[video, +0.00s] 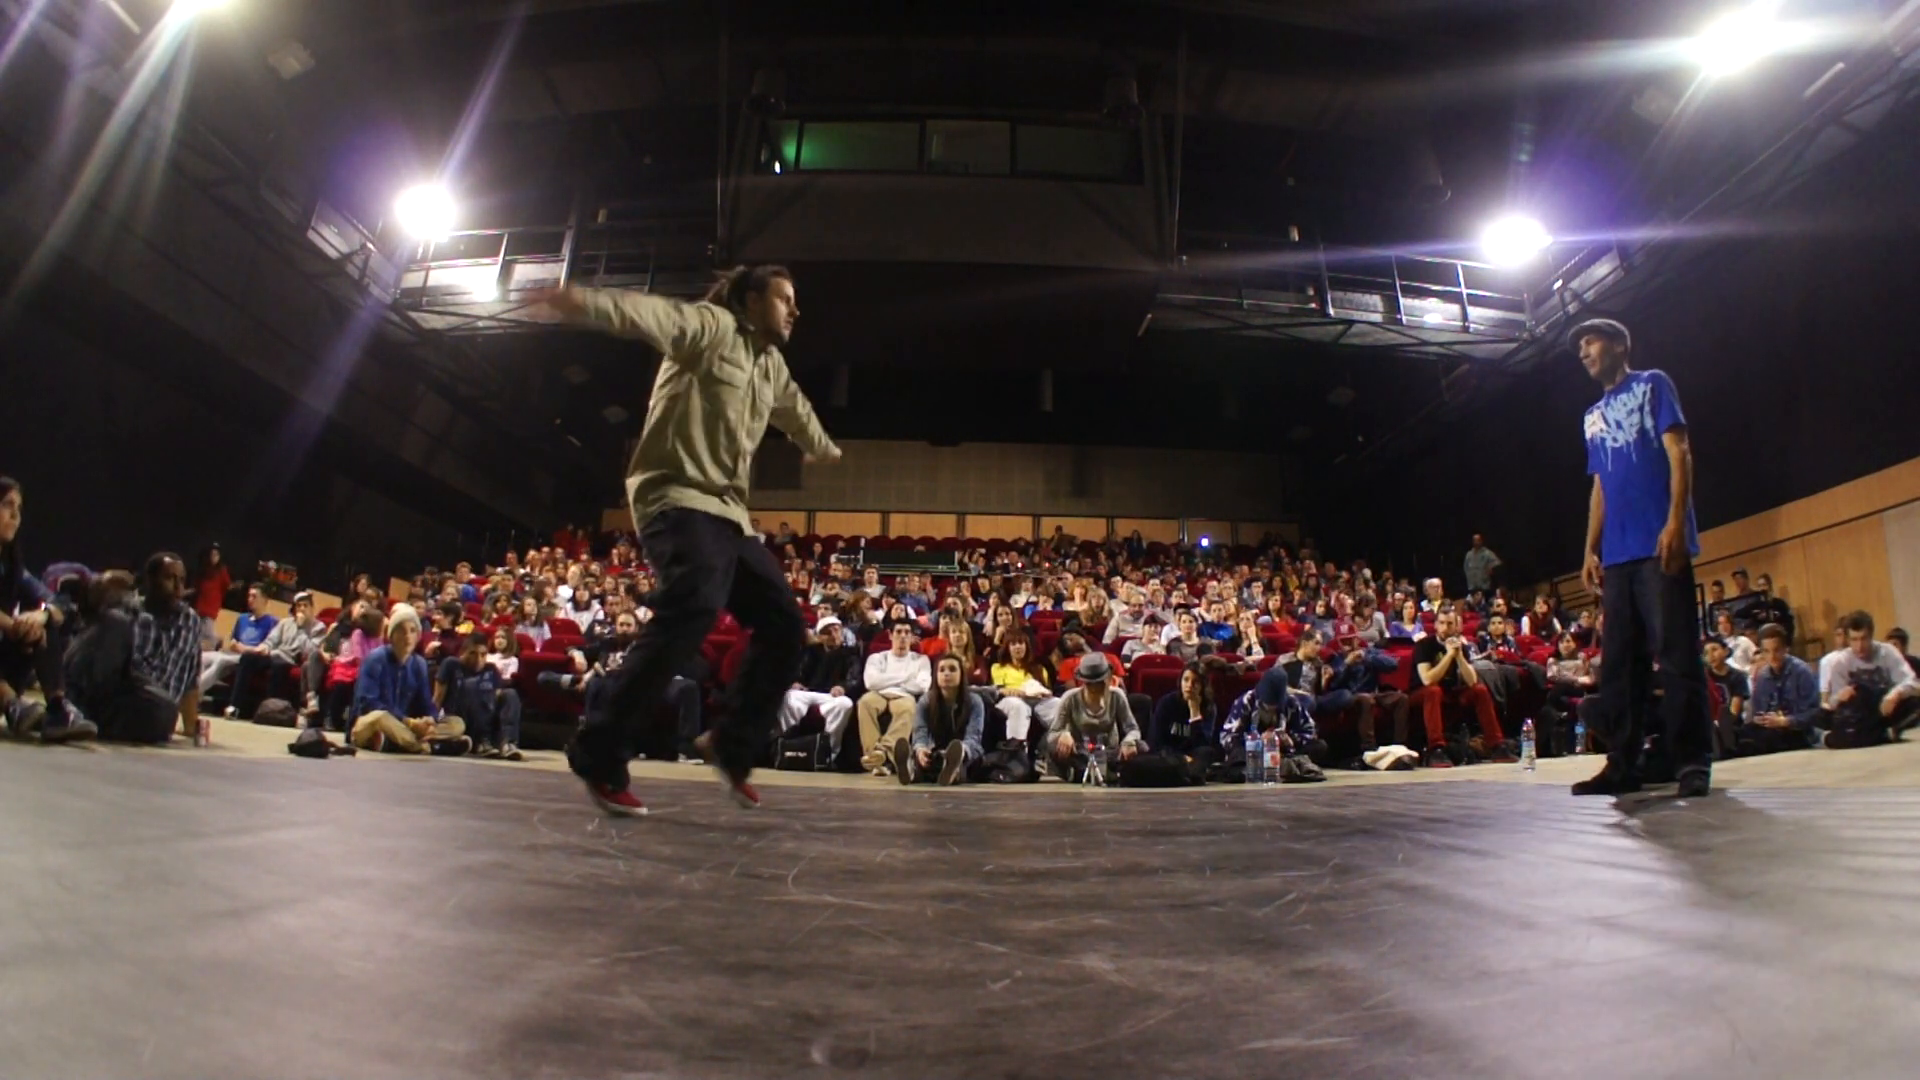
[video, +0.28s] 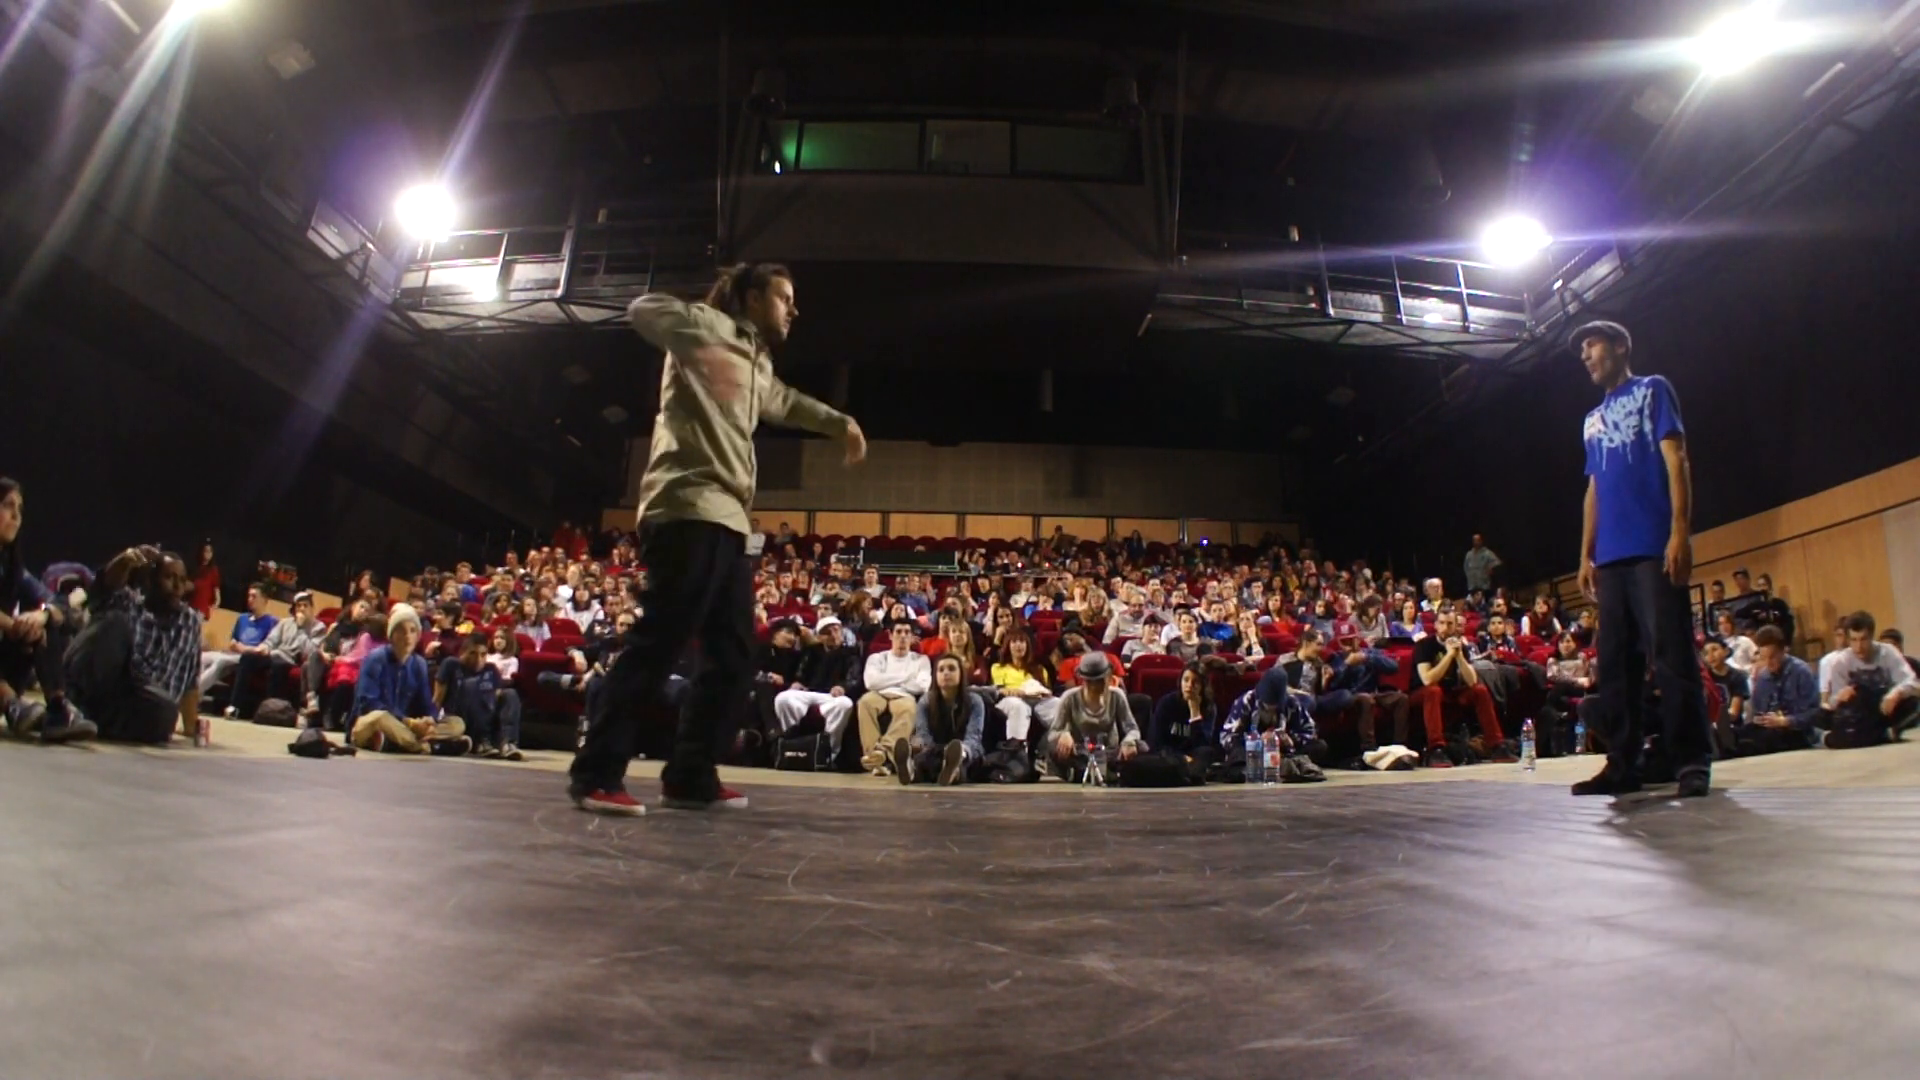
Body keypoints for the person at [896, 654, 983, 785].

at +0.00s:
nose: (947, 674)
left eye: (952, 669)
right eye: (942, 670)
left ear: (961, 674)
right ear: (936, 674)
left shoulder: (974, 701)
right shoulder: (925, 701)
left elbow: (974, 738)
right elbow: (920, 730)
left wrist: (962, 751)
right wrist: (920, 747)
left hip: (962, 751)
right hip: (934, 750)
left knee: (955, 762)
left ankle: (949, 773)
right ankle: (911, 768)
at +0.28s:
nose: (946, 673)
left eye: (951, 669)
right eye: (941, 670)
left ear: (961, 674)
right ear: (935, 675)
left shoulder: (974, 701)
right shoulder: (925, 702)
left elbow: (974, 737)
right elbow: (922, 735)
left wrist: (962, 751)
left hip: (963, 749)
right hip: (935, 749)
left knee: (956, 762)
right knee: (927, 759)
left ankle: (949, 773)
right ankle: (912, 768)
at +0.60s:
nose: (946, 674)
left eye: (951, 669)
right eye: (941, 670)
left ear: (961, 674)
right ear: (935, 675)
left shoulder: (974, 701)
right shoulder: (925, 701)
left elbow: (973, 737)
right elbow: (925, 738)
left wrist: (962, 752)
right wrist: (940, 749)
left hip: (964, 748)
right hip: (936, 750)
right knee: (927, 761)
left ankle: (949, 773)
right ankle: (912, 768)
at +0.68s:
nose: (946, 674)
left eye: (952, 669)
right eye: (941, 670)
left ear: (961, 674)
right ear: (935, 675)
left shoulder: (974, 701)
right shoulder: (926, 700)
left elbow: (973, 738)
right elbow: (923, 733)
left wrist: (962, 752)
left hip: (964, 750)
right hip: (935, 750)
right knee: (926, 761)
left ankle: (950, 772)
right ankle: (911, 769)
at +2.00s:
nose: (944, 673)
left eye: (950, 668)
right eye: (939, 669)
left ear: (960, 674)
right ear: (935, 675)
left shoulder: (974, 701)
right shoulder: (925, 701)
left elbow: (974, 736)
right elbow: (921, 730)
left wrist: (962, 750)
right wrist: (922, 747)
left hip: (963, 748)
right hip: (935, 749)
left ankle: (949, 773)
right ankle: (912, 768)